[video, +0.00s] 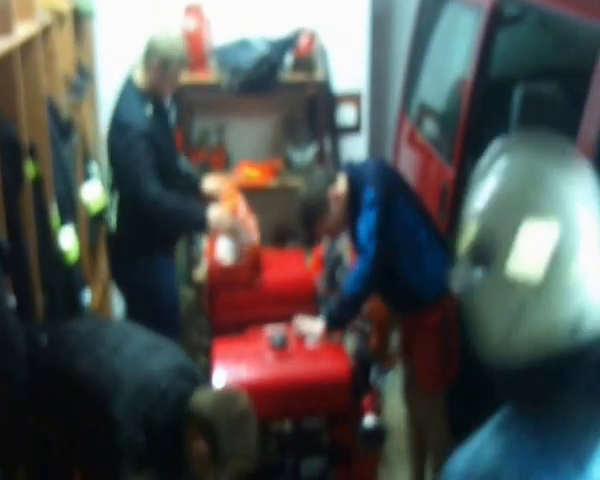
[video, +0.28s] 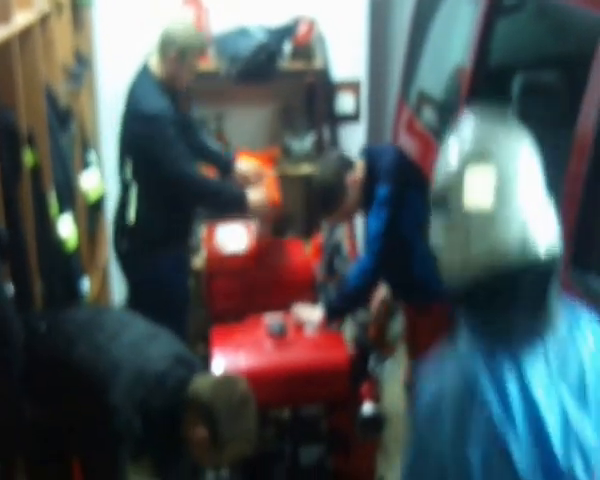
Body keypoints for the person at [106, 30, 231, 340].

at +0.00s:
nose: (177, 81)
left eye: (180, 73)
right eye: (174, 72)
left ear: (161, 68)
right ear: (155, 67)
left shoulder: (157, 103)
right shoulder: (132, 119)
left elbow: (169, 168)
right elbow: (147, 196)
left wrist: (202, 183)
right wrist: (206, 218)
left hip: (156, 241)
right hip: (140, 249)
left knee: (157, 336)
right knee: (163, 340)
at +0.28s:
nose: (194, 77)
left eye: (196, 69)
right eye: (192, 69)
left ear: (175, 59)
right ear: (172, 59)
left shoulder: (159, 90)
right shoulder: (152, 108)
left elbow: (190, 137)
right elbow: (181, 178)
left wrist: (230, 165)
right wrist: (241, 200)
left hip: (159, 230)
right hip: (153, 240)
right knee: (165, 330)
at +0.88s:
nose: (236, 67)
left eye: (238, 58)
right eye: (235, 58)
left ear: (211, 43)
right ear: (220, 52)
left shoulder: (183, 65)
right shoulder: (186, 94)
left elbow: (207, 138)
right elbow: (210, 170)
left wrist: (241, 169)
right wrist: (261, 206)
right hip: (154, 215)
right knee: (166, 305)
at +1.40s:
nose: (238, 36)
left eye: (241, 28)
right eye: (239, 27)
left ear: (215, 13)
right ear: (224, 19)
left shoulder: (182, 36)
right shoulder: (192, 62)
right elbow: (213, 137)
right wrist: (258, 163)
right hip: (158, 185)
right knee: (170, 273)